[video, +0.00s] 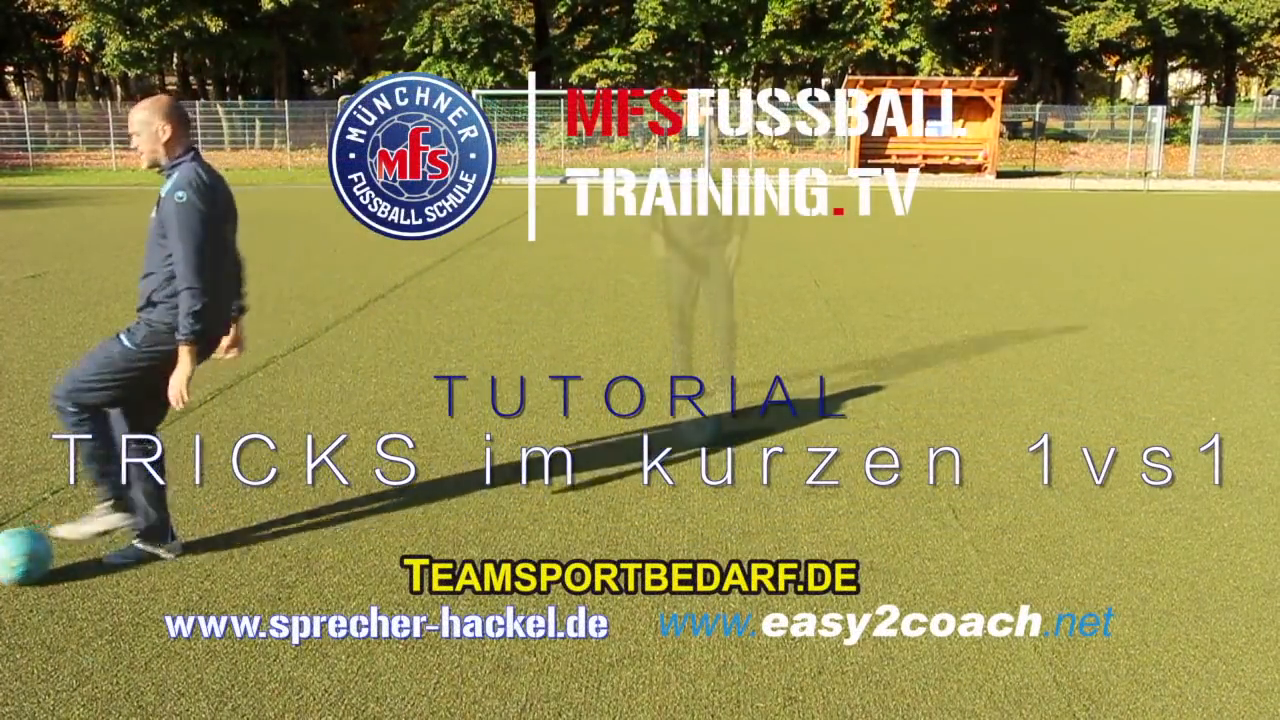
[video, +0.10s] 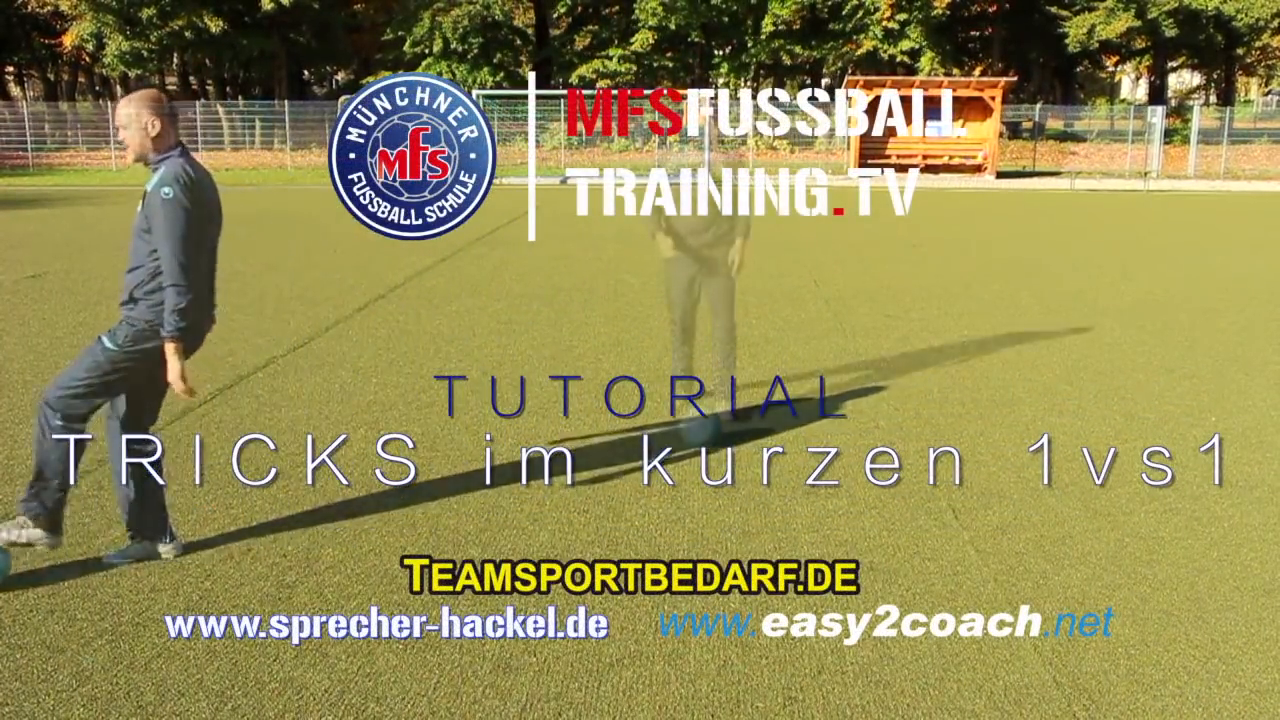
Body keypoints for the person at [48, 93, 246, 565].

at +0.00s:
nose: (133, 146)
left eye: (137, 136)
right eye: (131, 137)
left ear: (166, 131)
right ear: (172, 132)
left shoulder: (183, 187)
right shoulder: (207, 179)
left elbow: (190, 280)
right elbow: (229, 255)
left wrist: (186, 358)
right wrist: (235, 317)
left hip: (163, 328)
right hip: (193, 327)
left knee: (72, 397)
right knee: (133, 422)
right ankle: (155, 534)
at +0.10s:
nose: (120, 139)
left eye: (124, 129)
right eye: (119, 130)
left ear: (154, 126)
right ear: (159, 127)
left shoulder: (169, 182)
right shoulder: (193, 176)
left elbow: (178, 270)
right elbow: (200, 263)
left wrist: (173, 345)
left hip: (148, 325)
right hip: (172, 324)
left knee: (59, 405)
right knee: (129, 420)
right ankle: (152, 535)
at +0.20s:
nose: (110, 130)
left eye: (115, 119)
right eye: (108, 121)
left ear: (147, 118)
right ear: (149, 119)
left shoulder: (160, 175)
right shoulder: (180, 167)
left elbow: (171, 266)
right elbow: (167, 253)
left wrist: (160, 342)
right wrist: (121, 279)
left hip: (143, 318)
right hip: (167, 313)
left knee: (56, 404)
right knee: (134, 417)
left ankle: (44, 521)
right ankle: (154, 534)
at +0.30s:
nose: (104, 127)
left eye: (108, 116)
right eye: (103, 117)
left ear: (141, 113)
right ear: (142, 115)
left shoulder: (157, 172)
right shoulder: (166, 164)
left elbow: (163, 272)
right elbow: (156, 251)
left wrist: (148, 345)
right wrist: (110, 258)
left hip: (137, 317)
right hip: (165, 312)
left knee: (62, 407)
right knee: (142, 421)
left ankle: (81, 531)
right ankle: (156, 534)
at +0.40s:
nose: (103, 125)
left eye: (109, 116)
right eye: (103, 115)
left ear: (137, 116)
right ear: (145, 115)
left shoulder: (156, 177)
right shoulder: (161, 167)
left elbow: (164, 274)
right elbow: (155, 252)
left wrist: (147, 347)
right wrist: (106, 261)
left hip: (140, 320)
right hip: (157, 314)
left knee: (85, 420)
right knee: (147, 425)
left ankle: (127, 540)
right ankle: (161, 537)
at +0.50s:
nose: (111, 122)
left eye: (118, 112)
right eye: (108, 112)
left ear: (142, 115)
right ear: (121, 115)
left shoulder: (166, 180)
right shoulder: (145, 173)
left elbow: (175, 277)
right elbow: (148, 255)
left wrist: (158, 349)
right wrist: (110, 281)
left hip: (146, 330)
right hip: (132, 324)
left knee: (128, 437)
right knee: (129, 432)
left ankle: (178, 552)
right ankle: (155, 536)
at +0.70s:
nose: (143, 146)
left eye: (152, 135)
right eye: (136, 136)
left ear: (172, 133)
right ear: (130, 138)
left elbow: (217, 277)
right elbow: (128, 266)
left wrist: (208, 353)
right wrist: (117, 320)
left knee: (192, 451)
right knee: (139, 451)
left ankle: (219, 555)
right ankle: (151, 548)